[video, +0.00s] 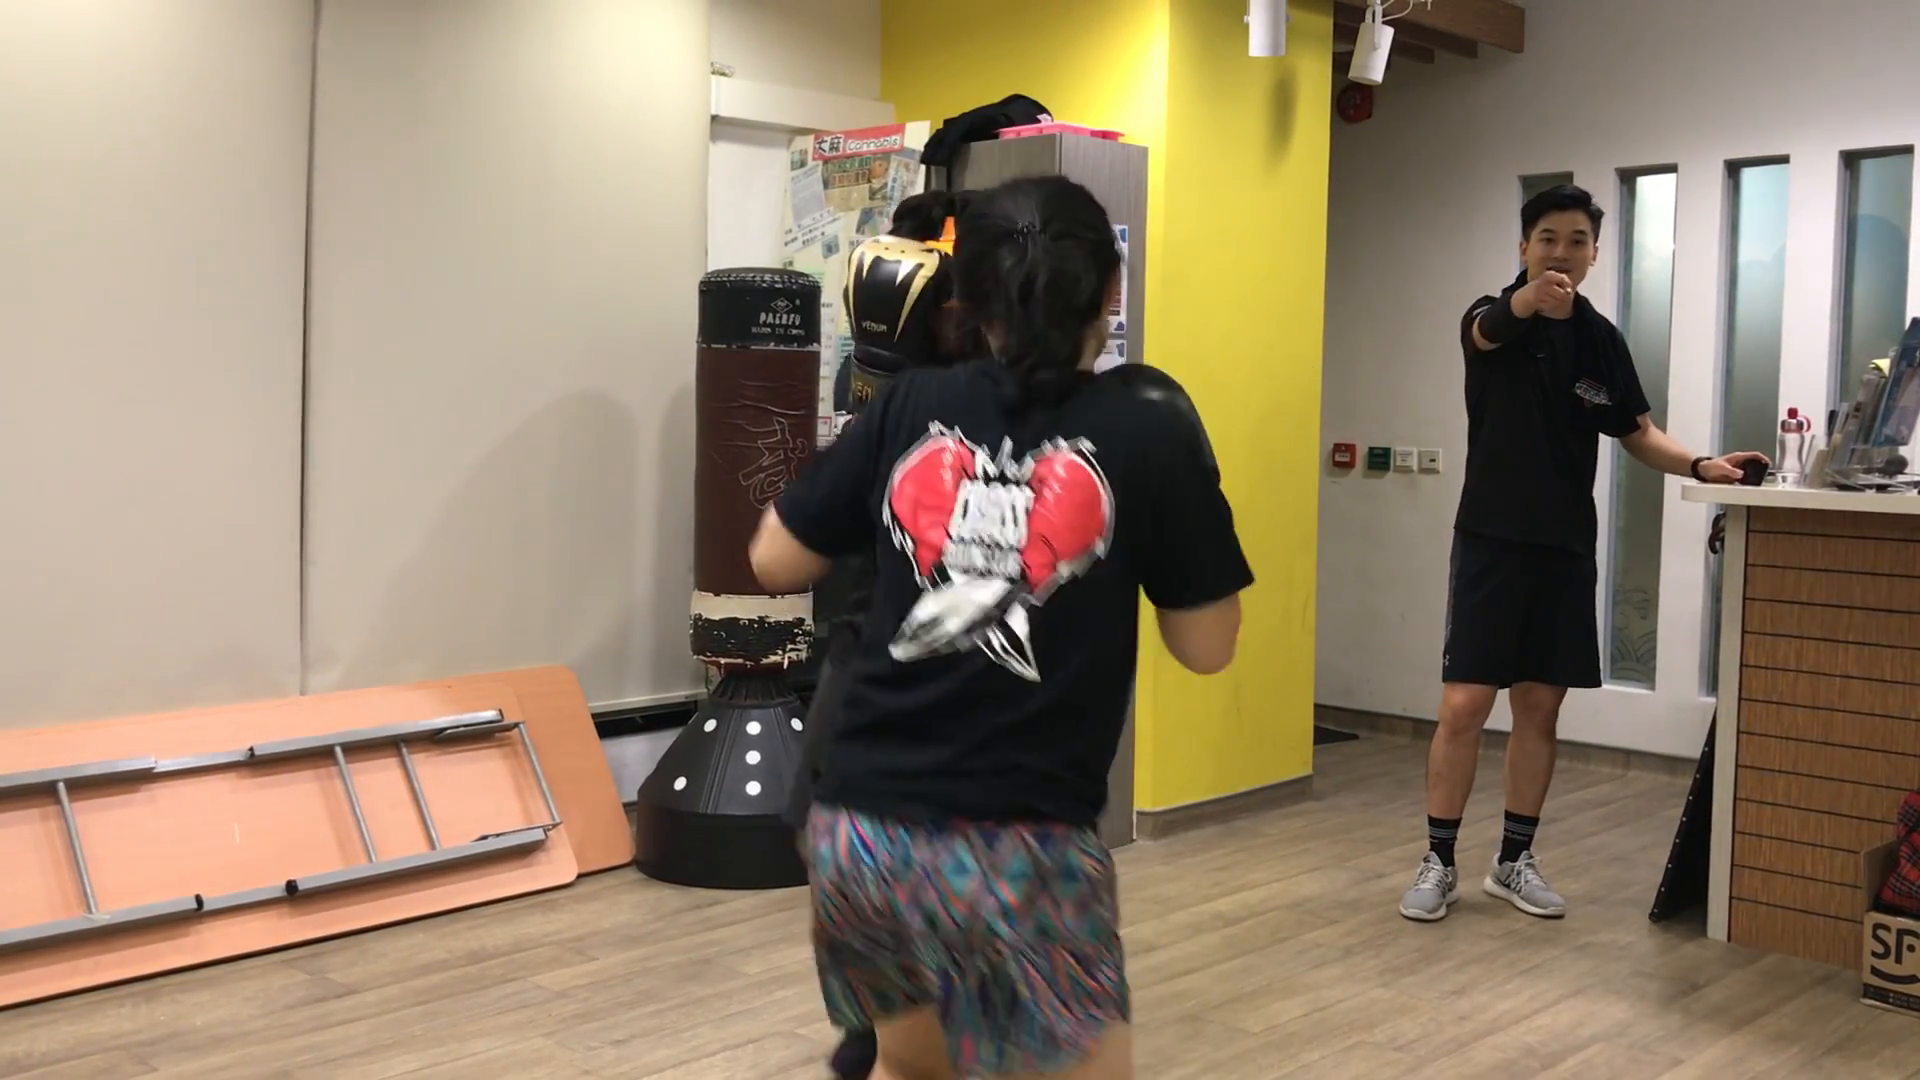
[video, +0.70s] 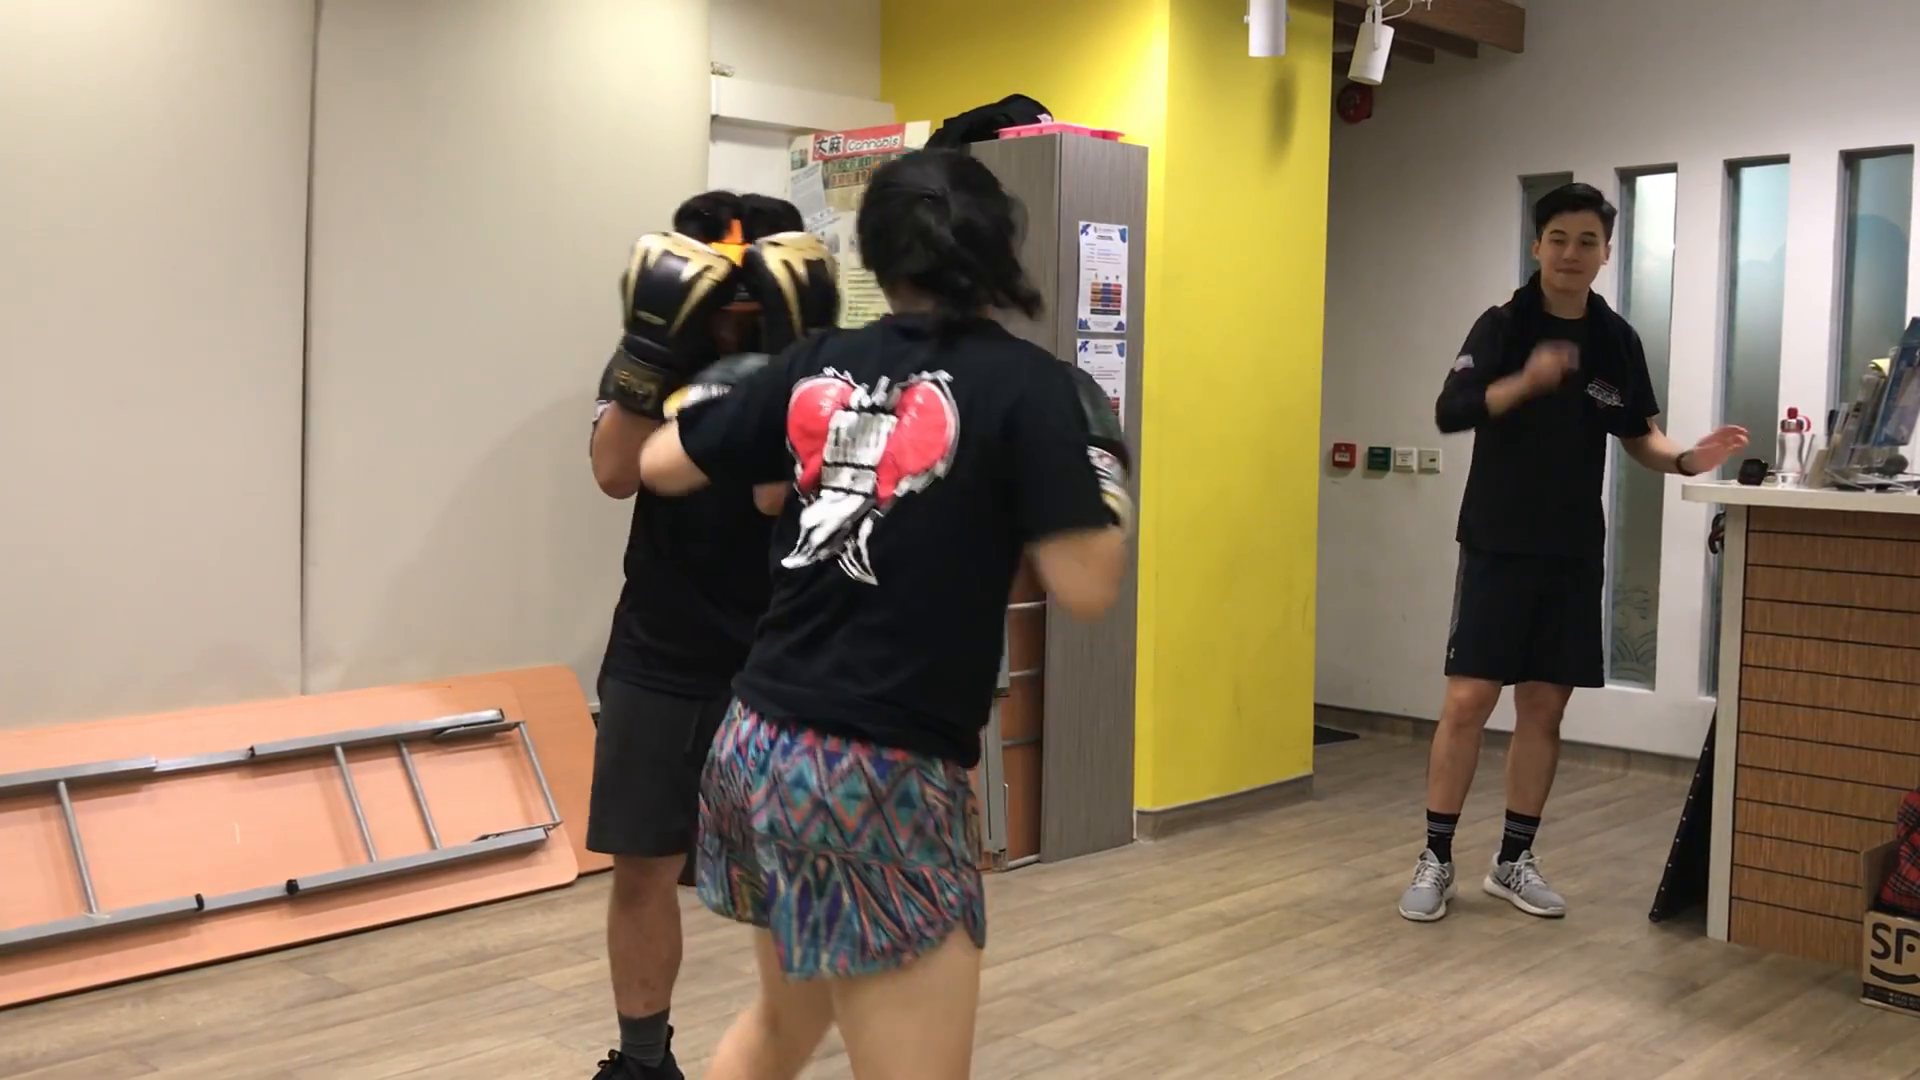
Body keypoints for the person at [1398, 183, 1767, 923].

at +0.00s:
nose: (1564, 255)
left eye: (1578, 242)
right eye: (1551, 239)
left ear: (1597, 253)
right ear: (1525, 247)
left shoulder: (1600, 337)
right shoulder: (1489, 319)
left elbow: (1639, 433)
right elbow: (1487, 330)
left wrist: (1701, 464)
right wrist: (1529, 302)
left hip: (1564, 547)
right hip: (1489, 539)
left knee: (1539, 708)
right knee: (1462, 708)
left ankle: (1514, 861)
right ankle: (1437, 863)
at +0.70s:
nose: (1571, 254)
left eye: (1587, 243)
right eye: (1558, 240)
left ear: (1605, 253)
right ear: (1536, 245)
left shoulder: (1617, 340)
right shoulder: (1502, 325)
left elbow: (1641, 437)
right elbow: (1449, 412)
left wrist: (1684, 457)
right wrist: (1526, 381)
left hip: (1573, 545)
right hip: (1496, 539)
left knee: (1543, 706)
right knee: (1468, 700)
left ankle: (1515, 861)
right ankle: (1435, 861)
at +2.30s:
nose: (1645, 269)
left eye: (1663, 257)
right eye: (1636, 255)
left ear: (1695, 264)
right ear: (1625, 258)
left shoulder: (1721, 351)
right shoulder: (1602, 328)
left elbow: (1733, 457)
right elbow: (1547, 385)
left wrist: (1648, 473)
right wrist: (1567, 461)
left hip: (1676, 541)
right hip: (1603, 533)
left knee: (1664, 703)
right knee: (1564, 692)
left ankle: (1652, 851)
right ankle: (1591, 842)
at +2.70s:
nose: (1659, 271)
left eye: (1677, 259)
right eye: (1651, 256)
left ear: (1711, 264)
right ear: (1639, 257)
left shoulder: (1735, 350)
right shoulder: (1614, 329)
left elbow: (1740, 456)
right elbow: (1556, 388)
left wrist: (1647, 471)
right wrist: (1576, 462)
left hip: (1686, 546)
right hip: (1613, 538)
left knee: (1669, 705)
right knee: (1571, 693)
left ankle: (1652, 853)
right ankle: (1592, 842)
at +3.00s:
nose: (1666, 272)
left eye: (1684, 260)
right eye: (1657, 257)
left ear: (1717, 264)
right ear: (1645, 258)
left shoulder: (1741, 350)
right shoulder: (1620, 330)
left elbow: (1745, 456)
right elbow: (1561, 390)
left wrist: (1650, 470)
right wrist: (1581, 467)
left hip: (1693, 545)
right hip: (1618, 538)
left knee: (1671, 705)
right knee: (1579, 695)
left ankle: (1652, 854)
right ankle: (1593, 843)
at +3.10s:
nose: (1667, 272)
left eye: (1685, 260)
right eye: (1658, 257)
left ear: (1718, 264)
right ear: (1646, 258)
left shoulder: (1743, 350)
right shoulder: (1621, 330)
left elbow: (1744, 457)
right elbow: (1561, 390)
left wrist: (1649, 470)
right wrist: (1582, 467)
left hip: (1696, 545)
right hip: (1621, 538)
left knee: (1672, 705)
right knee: (1580, 694)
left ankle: (1653, 854)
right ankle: (1594, 844)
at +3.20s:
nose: (1669, 272)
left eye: (1687, 260)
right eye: (1660, 257)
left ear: (1720, 263)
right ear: (1648, 258)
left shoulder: (1744, 350)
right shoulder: (1623, 330)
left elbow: (1746, 457)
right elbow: (1562, 391)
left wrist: (1649, 469)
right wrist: (1584, 468)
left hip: (1697, 546)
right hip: (1622, 538)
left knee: (1673, 705)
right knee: (1582, 695)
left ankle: (1653, 854)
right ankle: (1594, 844)